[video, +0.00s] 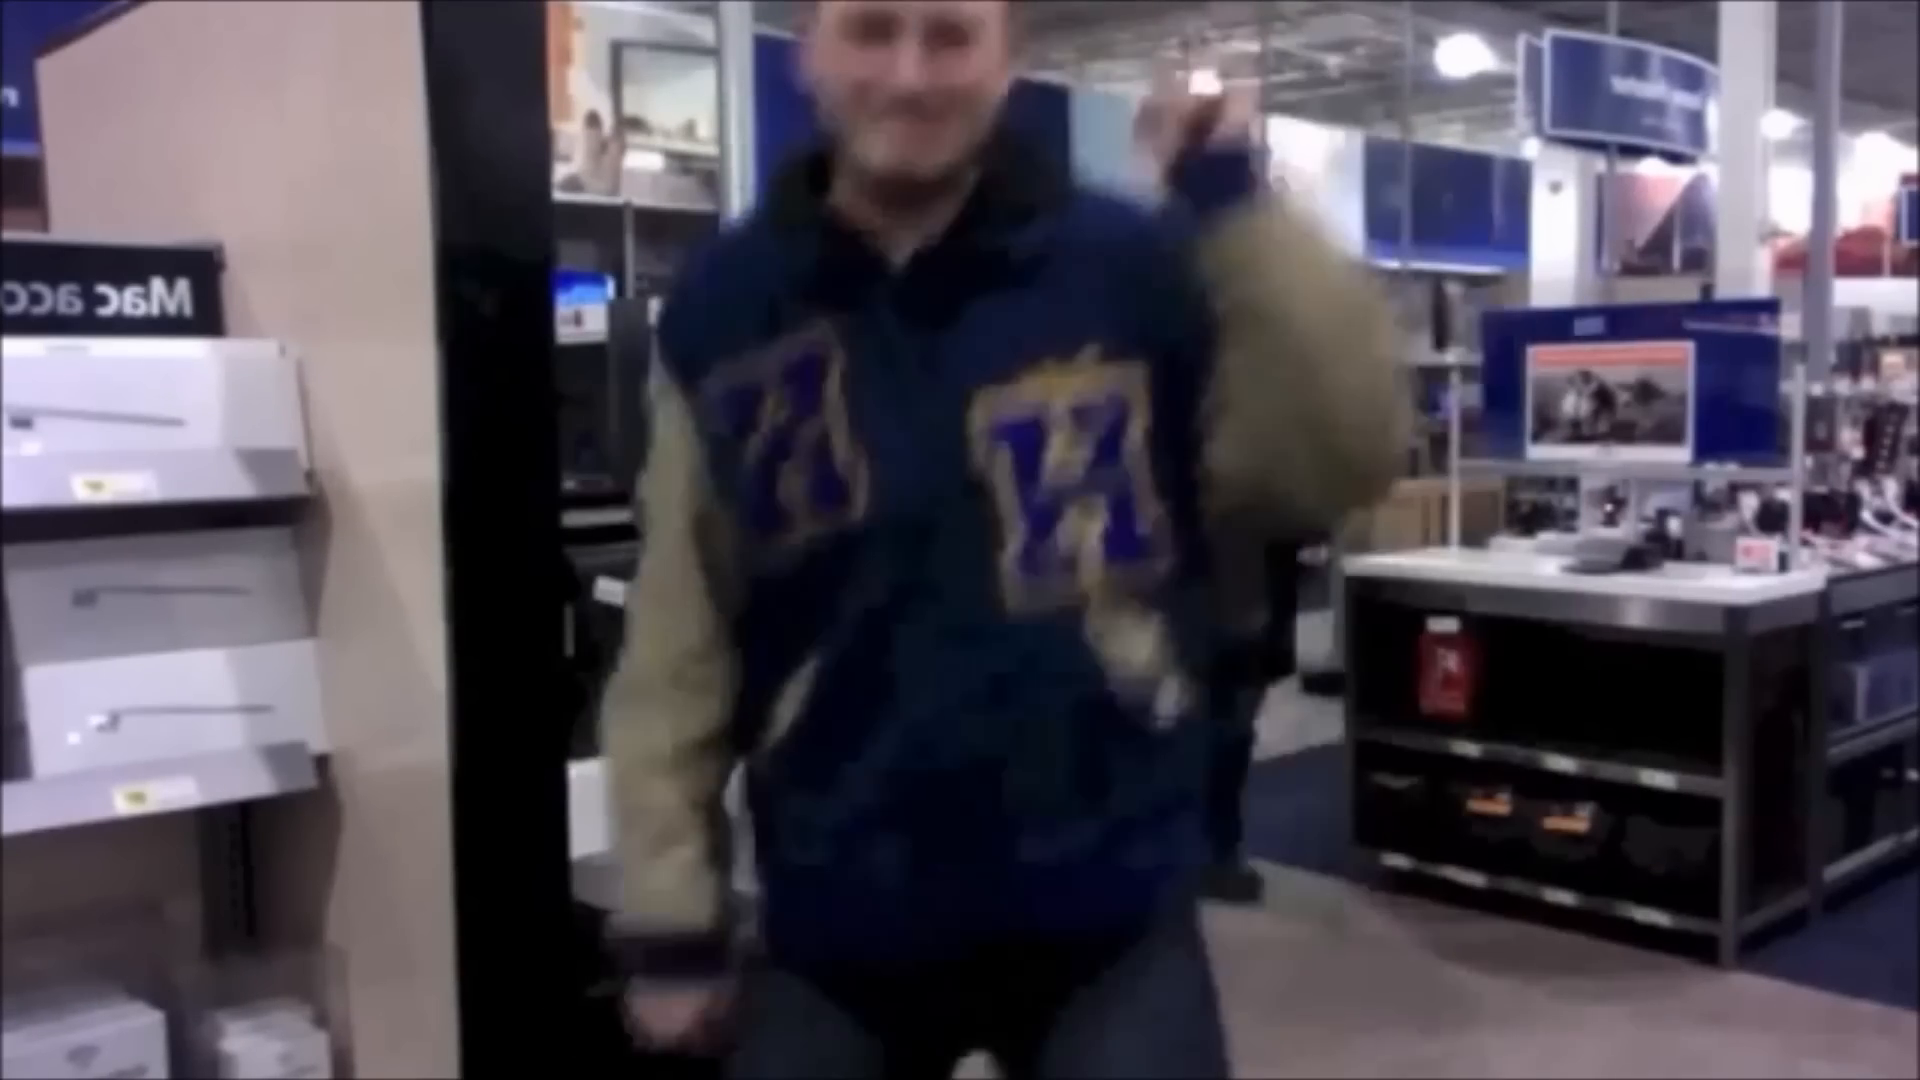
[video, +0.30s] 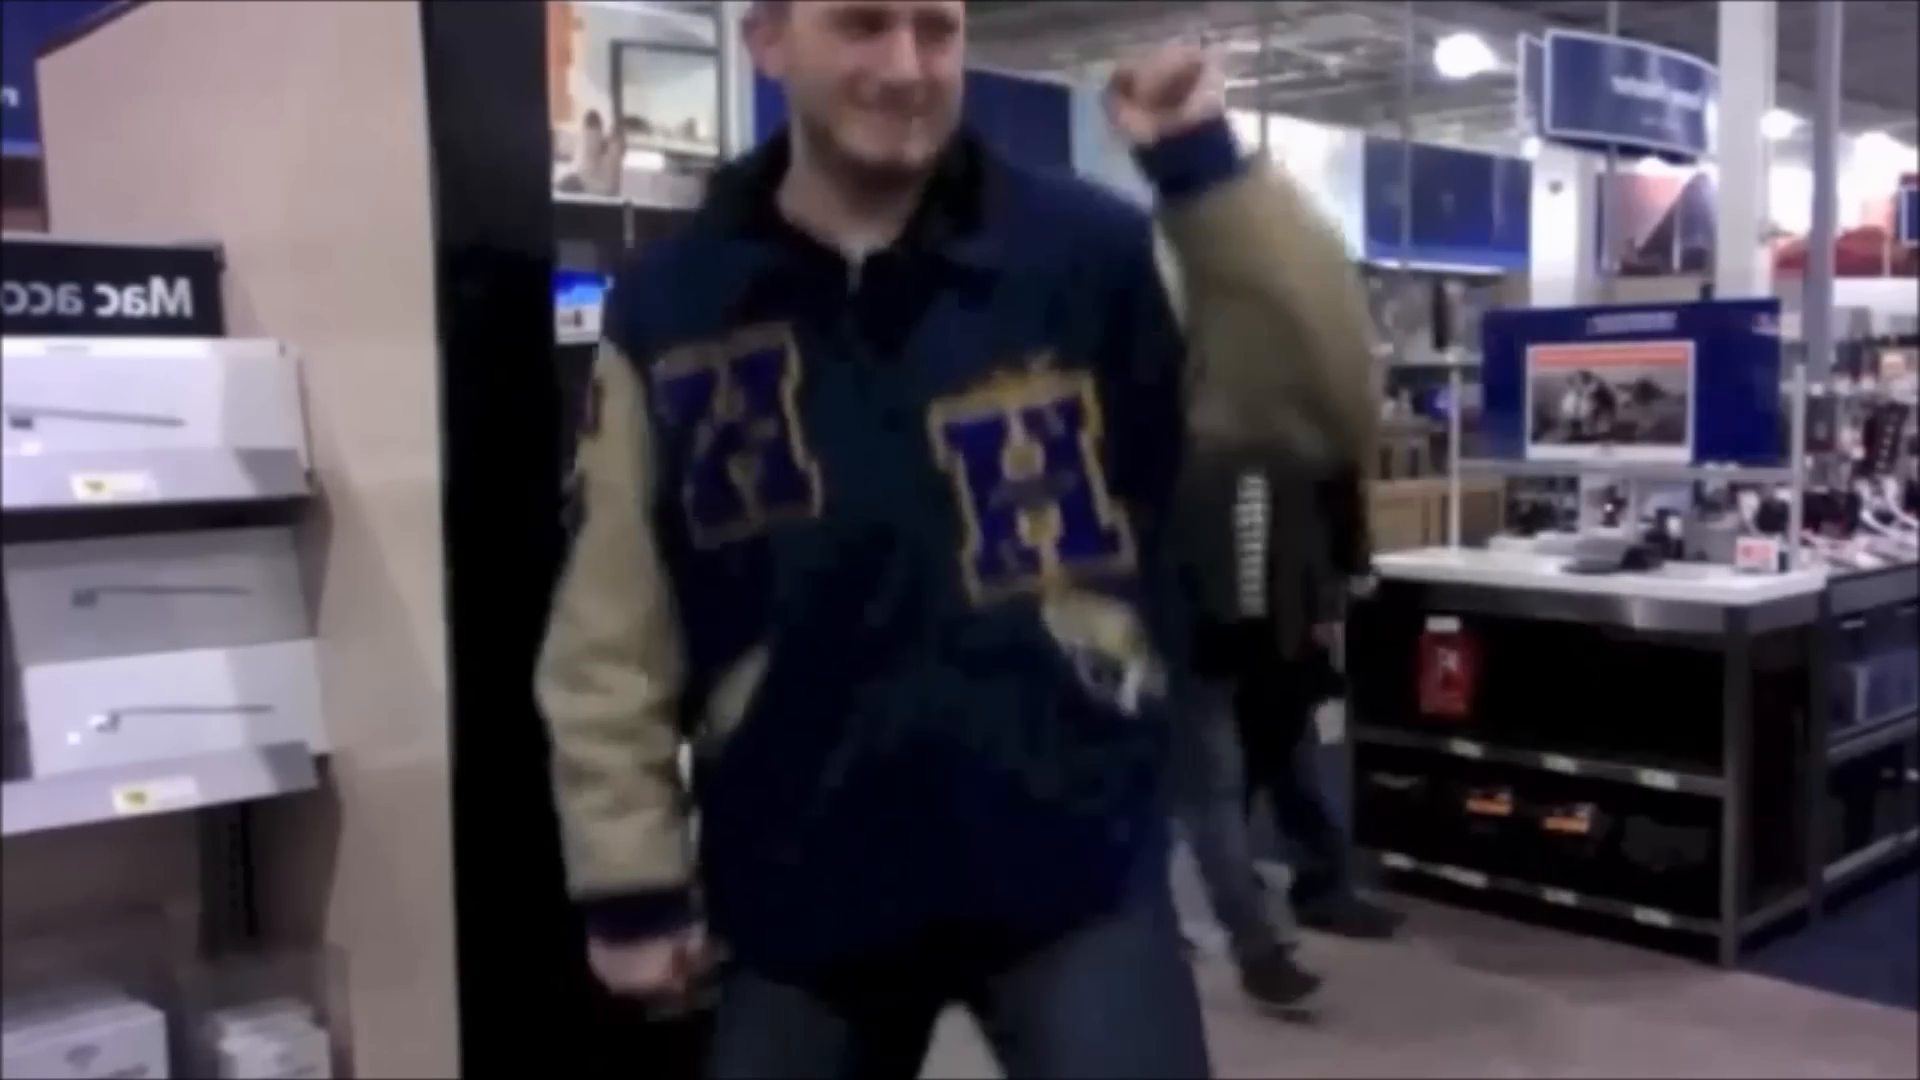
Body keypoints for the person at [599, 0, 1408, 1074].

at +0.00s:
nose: (909, 75)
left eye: (951, 37)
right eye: (871, 32)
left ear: (1010, 54)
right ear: (808, 50)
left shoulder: (1133, 270)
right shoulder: (729, 313)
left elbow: (1343, 462)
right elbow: (675, 647)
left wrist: (1238, 209)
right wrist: (669, 928)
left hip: (1104, 902)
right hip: (846, 908)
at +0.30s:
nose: (906, 67)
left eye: (935, 30)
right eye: (862, 26)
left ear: (968, 46)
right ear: (766, 38)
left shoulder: (1085, 249)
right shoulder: (678, 302)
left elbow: (1321, 410)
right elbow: (612, 621)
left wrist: (1207, 170)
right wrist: (631, 881)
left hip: (1067, 862)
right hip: (807, 877)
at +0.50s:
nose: (954, 152)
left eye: (981, 113)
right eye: (912, 110)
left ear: (1013, 121)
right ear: (814, 119)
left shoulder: (1116, 335)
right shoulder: (722, 375)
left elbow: (1219, 577)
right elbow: (614, 600)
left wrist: (1274, 615)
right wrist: (580, 736)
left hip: (1093, 957)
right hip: (833, 964)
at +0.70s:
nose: (1045, 85)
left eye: (1070, 52)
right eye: (1000, 46)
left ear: (1096, 72)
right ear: (901, 63)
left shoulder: (1193, 309)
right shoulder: (794, 292)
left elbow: (1278, 623)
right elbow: (594, 473)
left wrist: (1315, 897)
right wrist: (695, 202)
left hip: (1133, 911)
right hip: (863, 908)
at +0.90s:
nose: (1214, 172)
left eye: (1246, 133)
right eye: (1171, 129)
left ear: (1277, 149)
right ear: (1075, 137)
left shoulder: (1347, 394)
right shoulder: (955, 335)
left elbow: (1399, 736)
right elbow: (718, 488)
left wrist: (1407, 1014)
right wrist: (894, 245)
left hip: (1250, 1009)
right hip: (979, 1001)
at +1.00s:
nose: (1214, 184)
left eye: (1247, 147)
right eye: (1170, 144)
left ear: (1281, 167)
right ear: (1081, 159)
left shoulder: (1352, 405)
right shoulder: (965, 358)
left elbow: (1414, 749)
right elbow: (721, 499)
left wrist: (1426, 1029)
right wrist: (903, 271)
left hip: (1264, 1021)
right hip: (989, 1013)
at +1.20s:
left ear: (1144, 9)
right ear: (956, 4)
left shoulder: (1257, 209)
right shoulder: (866, 202)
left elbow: (1377, 457)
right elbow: (681, 474)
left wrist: (1484, 557)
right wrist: (765, 318)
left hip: (1190, 835)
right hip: (932, 832)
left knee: (1247, 1060)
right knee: (835, 1064)